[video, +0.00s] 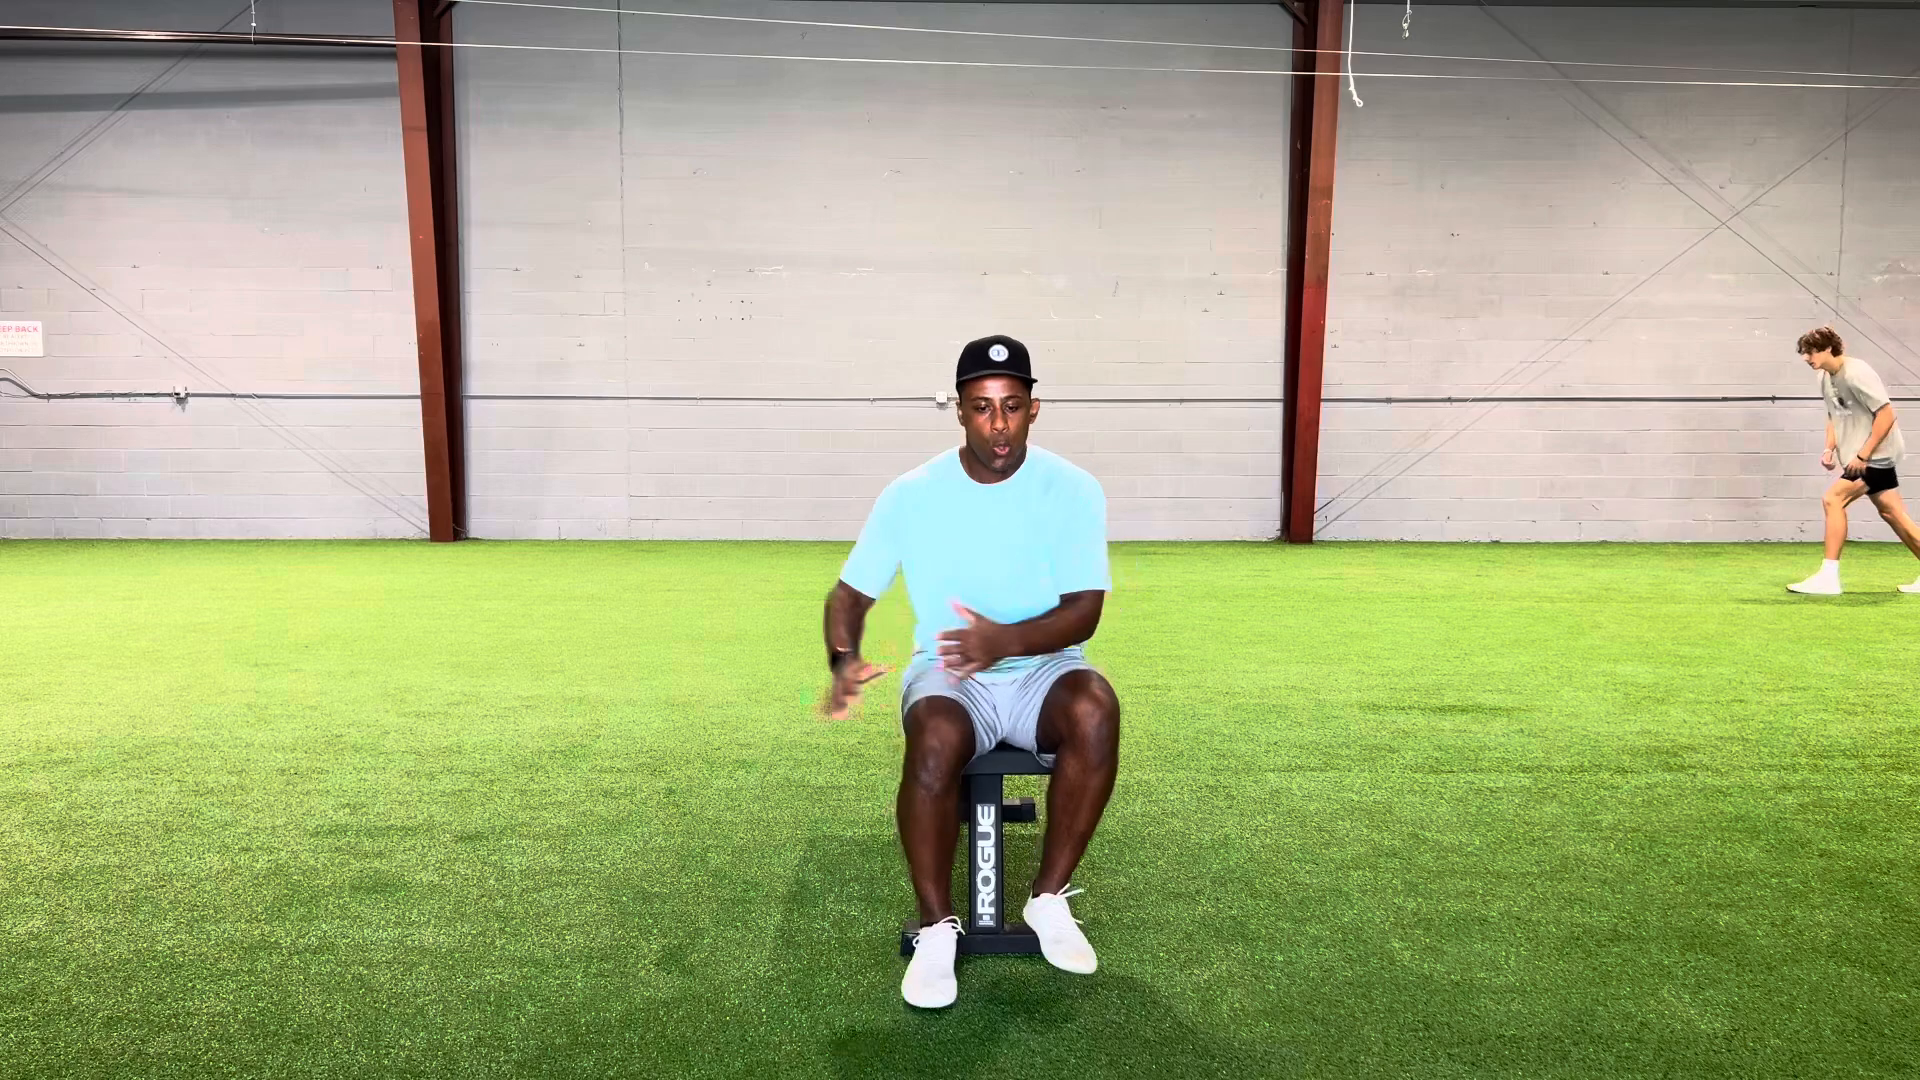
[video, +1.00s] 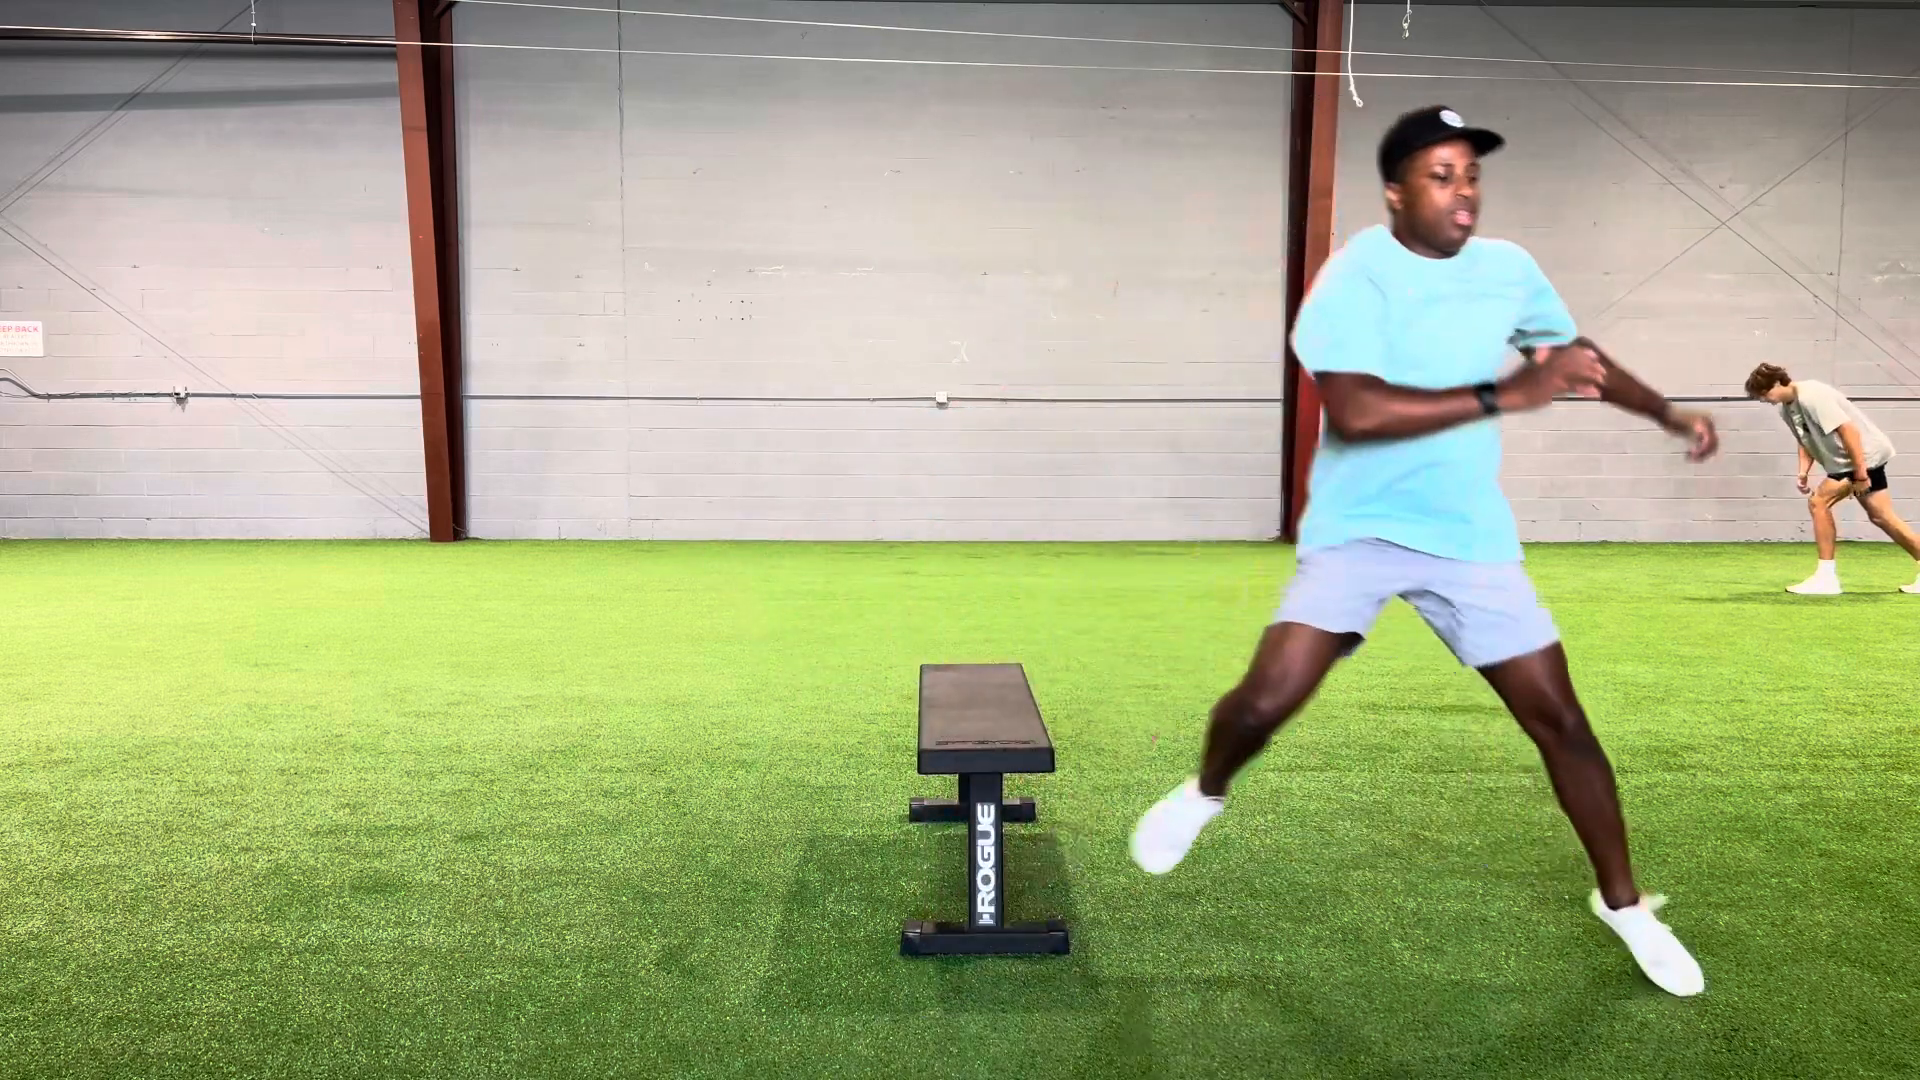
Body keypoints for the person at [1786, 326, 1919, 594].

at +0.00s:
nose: (1807, 359)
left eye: (1811, 353)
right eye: (1804, 354)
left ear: (1828, 349)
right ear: (1818, 353)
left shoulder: (1856, 371)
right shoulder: (1827, 379)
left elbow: (1887, 414)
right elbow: (1833, 417)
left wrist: (1863, 455)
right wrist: (1830, 448)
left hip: (1879, 456)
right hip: (1867, 457)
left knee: (1833, 500)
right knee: (1893, 513)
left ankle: (1828, 576)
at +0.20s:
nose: (1787, 369)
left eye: (1790, 362)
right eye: (1785, 364)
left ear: (1807, 358)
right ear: (1801, 361)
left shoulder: (1835, 378)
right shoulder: (1806, 388)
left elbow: (1862, 421)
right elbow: (1819, 423)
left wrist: (1843, 462)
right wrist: (1822, 454)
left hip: (1872, 454)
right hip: (1865, 454)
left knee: (1831, 502)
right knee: (1890, 511)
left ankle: (1828, 577)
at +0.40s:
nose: (1776, 376)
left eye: (1780, 369)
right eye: (1774, 371)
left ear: (1798, 364)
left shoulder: (1825, 384)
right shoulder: (1798, 392)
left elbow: (1851, 426)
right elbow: (1813, 429)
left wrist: (1832, 466)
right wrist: (1815, 460)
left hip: (1868, 453)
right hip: (1863, 453)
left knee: (1822, 503)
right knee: (1884, 512)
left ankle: (1826, 576)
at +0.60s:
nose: (1775, 384)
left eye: (1777, 377)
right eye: (1772, 379)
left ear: (1792, 370)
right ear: (1788, 373)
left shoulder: (1823, 386)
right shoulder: (1796, 396)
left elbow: (1850, 427)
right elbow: (1811, 431)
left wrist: (1835, 471)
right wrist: (1814, 463)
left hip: (1869, 454)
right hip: (1863, 456)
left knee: (1822, 502)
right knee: (1885, 514)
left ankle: (1826, 576)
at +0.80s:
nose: (1770, 389)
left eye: (1772, 382)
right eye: (1767, 384)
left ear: (1786, 374)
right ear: (1782, 377)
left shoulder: (1819, 389)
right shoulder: (1793, 399)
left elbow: (1850, 428)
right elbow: (1810, 434)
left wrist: (1844, 471)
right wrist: (1812, 466)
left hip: (1867, 455)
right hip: (1861, 457)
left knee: (1821, 502)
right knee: (1886, 515)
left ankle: (1826, 576)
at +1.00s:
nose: (1767, 400)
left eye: (1766, 393)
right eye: (1762, 397)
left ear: (1777, 383)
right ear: (1775, 386)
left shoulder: (1813, 395)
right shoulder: (1788, 409)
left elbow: (1848, 430)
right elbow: (1806, 441)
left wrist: (1860, 472)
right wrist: (1804, 470)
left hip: (1861, 460)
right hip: (1854, 461)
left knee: (1819, 502)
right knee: (1882, 517)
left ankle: (1826, 577)